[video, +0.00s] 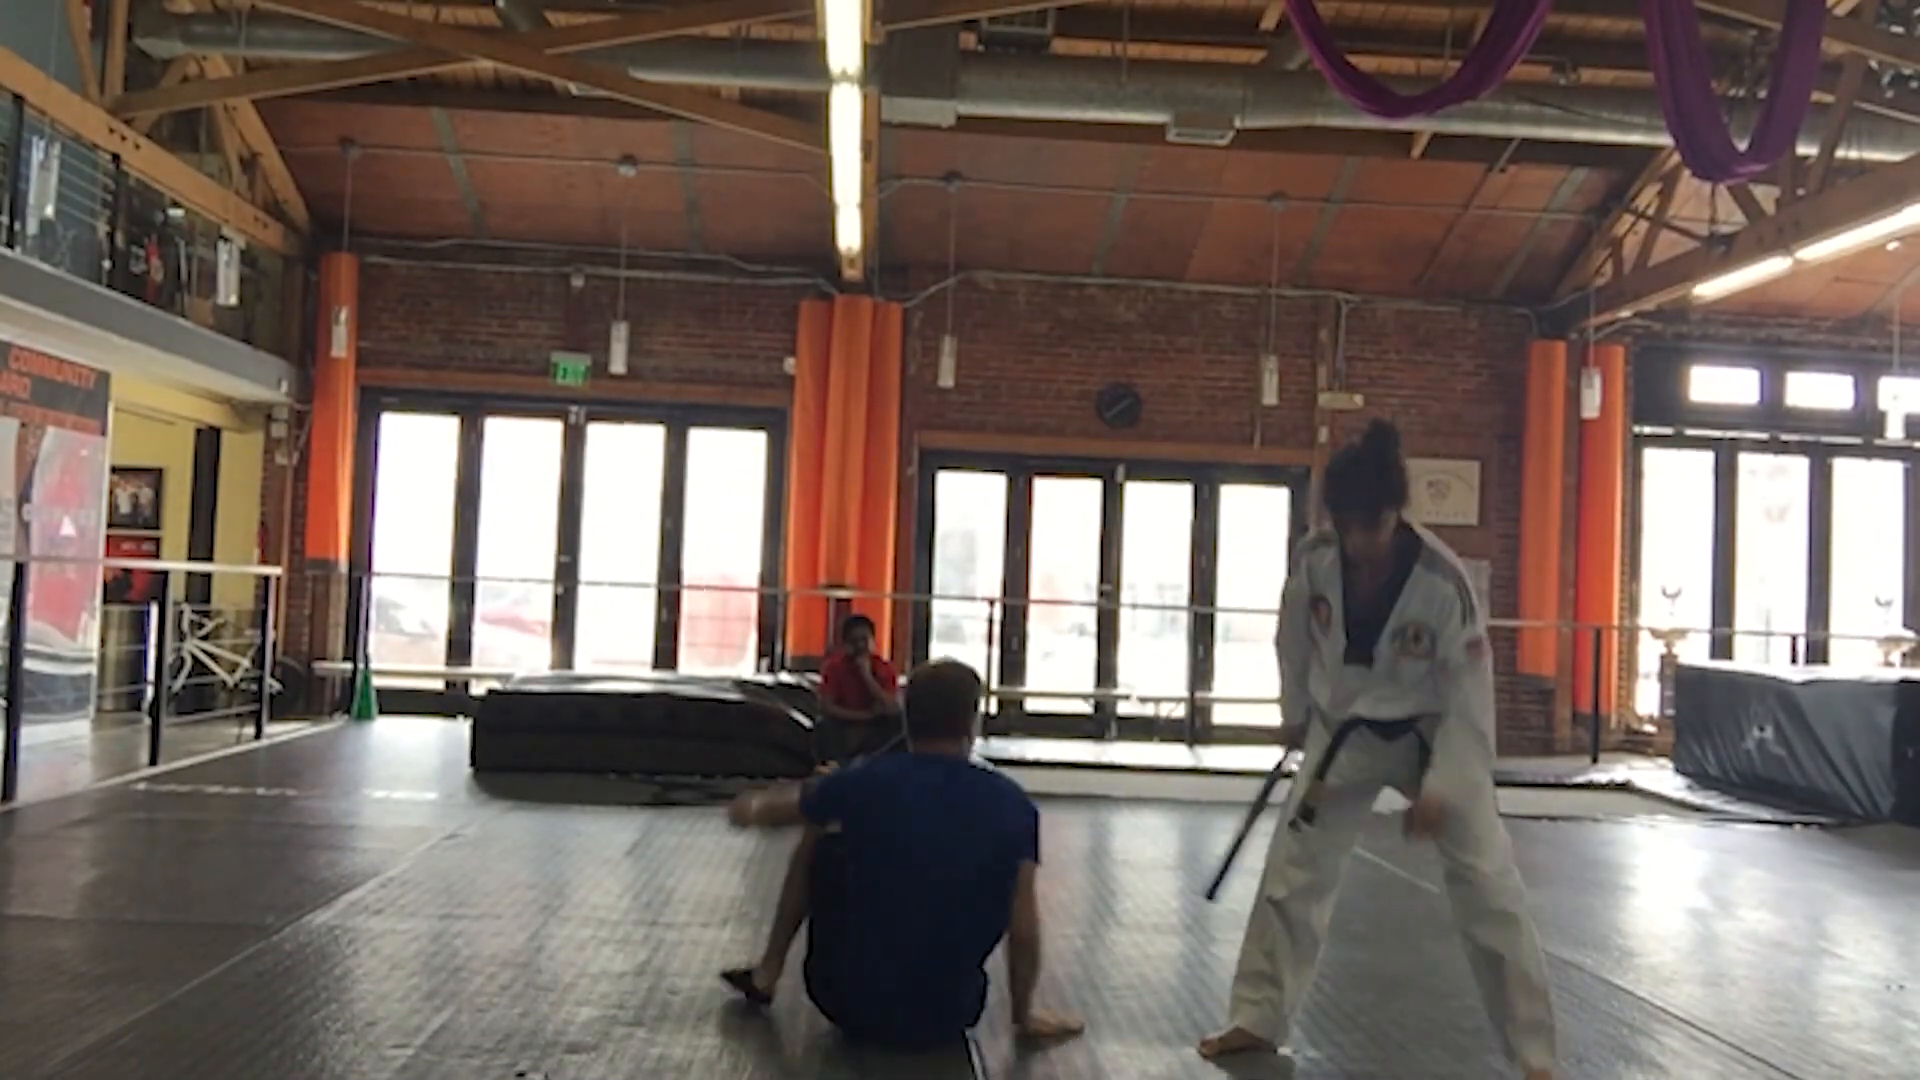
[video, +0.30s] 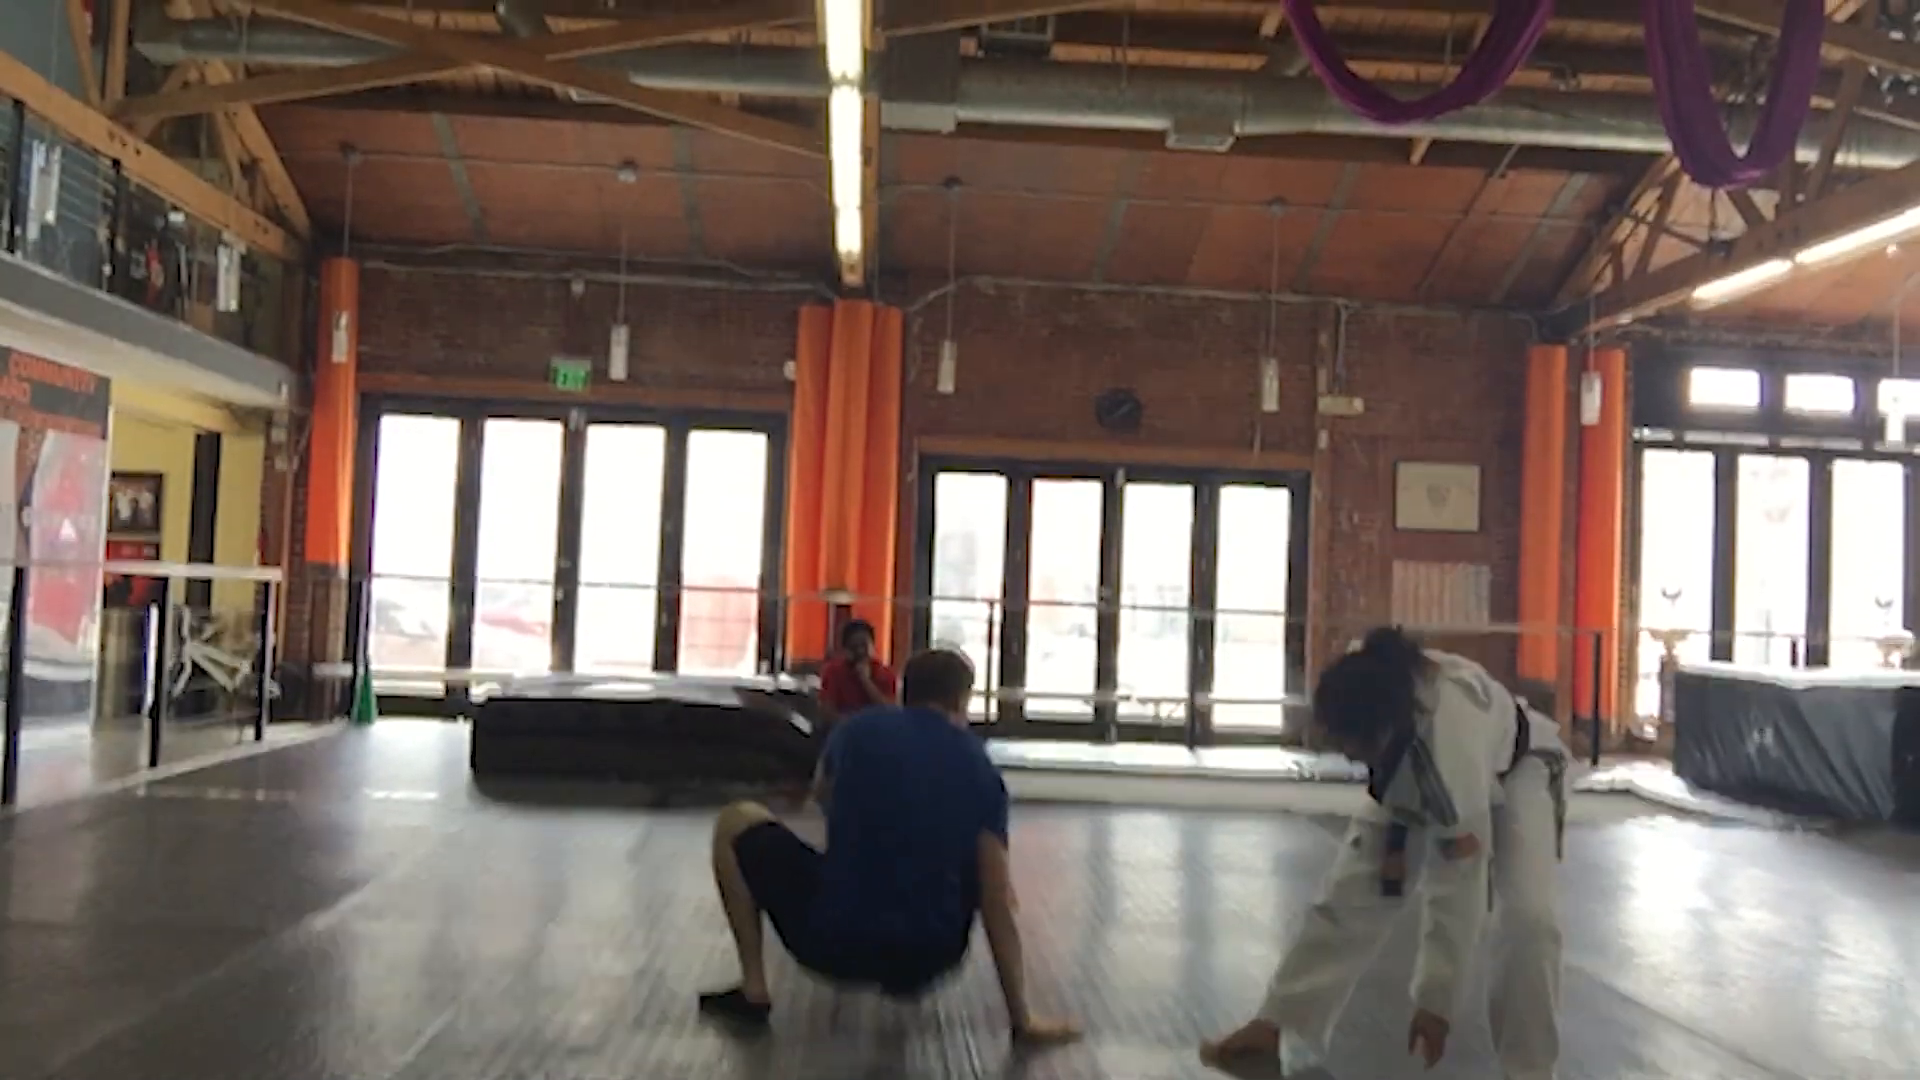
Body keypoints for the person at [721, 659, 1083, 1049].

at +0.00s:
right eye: (976, 714)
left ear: (907, 719)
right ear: (972, 724)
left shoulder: (865, 781)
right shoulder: (1011, 804)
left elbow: (765, 810)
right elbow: (1023, 931)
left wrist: (749, 808)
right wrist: (1025, 1018)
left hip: (849, 1002)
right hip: (946, 1014)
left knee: (819, 841)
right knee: (1016, 883)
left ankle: (766, 974)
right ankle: (1026, 1019)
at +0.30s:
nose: (967, 714)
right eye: (967, 705)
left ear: (903, 697)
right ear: (961, 707)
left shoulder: (853, 730)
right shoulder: (980, 771)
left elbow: (824, 807)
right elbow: (998, 903)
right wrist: (1023, 1021)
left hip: (837, 947)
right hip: (924, 957)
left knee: (735, 822)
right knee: (980, 854)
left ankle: (753, 992)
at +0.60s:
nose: (987, 666)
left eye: (992, 654)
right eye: (988, 651)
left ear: (930, 630)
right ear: (968, 638)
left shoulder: (859, 643)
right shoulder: (957, 686)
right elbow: (996, 814)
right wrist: (1035, 916)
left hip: (787, 789)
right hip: (869, 801)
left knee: (735, 848)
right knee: (938, 824)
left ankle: (735, 955)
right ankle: (899, 963)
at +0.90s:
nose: (974, 503)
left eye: (977, 490)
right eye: (970, 487)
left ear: (922, 477)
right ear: (935, 476)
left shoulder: (858, 511)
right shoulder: (922, 531)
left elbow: (829, 635)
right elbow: (907, 653)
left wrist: (886, 709)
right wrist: (920, 750)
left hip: (757, 683)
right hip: (823, 686)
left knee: (802, 834)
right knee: (897, 803)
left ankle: (720, 974)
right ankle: (898, 961)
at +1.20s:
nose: (930, 405)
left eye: (932, 391)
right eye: (920, 390)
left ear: (873, 393)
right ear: (876, 388)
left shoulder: (825, 448)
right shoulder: (863, 445)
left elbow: (786, 560)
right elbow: (852, 534)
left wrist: (855, 647)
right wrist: (956, 602)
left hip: (762, 650)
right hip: (811, 649)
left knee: (782, 822)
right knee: (893, 807)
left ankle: (715, 990)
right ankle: (830, 989)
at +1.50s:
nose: (926, 376)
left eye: (927, 361)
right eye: (916, 360)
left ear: (861, 365)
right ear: (869, 358)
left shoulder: (813, 431)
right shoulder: (869, 427)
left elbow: (819, 567)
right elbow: (951, 515)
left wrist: (868, 667)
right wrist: (1058, 555)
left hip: (784, 653)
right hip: (831, 657)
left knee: (787, 828)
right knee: (872, 843)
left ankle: (718, 988)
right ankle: (814, 1036)